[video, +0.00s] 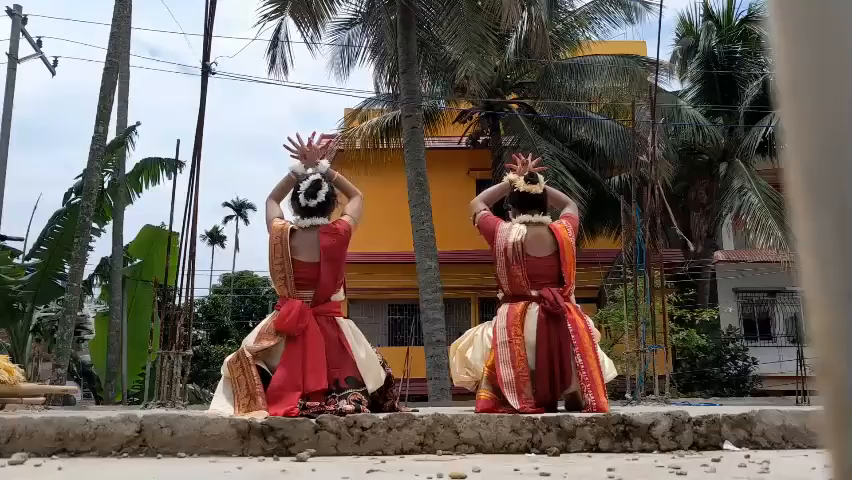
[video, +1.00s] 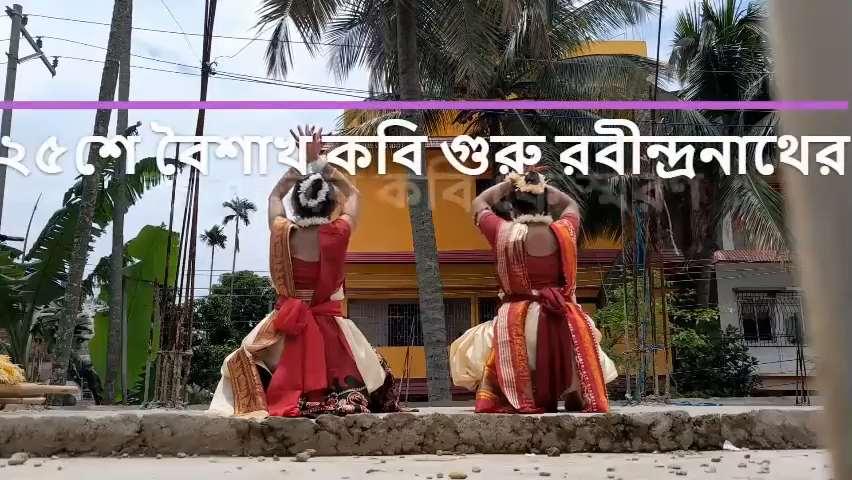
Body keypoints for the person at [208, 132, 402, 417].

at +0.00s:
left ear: (294, 204)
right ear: (331, 205)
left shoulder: (280, 235)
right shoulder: (338, 235)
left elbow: (273, 200)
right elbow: (356, 197)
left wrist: (300, 169)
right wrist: (326, 170)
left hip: (288, 334)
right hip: (330, 334)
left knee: (240, 365)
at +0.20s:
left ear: (293, 204)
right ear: (330, 205)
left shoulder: (281, 234)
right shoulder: (338, 235)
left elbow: (273, 199)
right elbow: (355, 197)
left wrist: (300, 167)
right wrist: (326, 169)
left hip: (288, 331)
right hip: (330, 332)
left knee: (240, 364)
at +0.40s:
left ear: (294, 204)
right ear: (330, 205)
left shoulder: (280, 234)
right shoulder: (337, 236)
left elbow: (274, 199)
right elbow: (353, 196)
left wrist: (301, 166)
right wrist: (324, 168)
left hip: (288, 332)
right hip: (329, 332)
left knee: (241, 364)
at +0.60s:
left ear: (294, 205)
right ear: (330, 204)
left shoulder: (281, 233)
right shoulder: (337, 235)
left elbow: (274, 198)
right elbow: (352, 195)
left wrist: (300, 165)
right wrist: (322, 166)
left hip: (288, 331)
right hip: (329, 332)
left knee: (240, 364)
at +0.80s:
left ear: (294, 204)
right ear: (330, 204)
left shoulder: (281, 233)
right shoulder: (337, 235)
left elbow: (275, 197)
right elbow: (352, 195)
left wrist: (301, 164)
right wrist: (324, 167)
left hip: (289, 330)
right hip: (329, 330)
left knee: (241, 363)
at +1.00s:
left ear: (293, 205)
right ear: (330, 206)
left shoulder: (281, 232)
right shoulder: (338, 235)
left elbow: (276, 195)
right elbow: (351, 194)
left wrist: (302, 163)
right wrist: (324, 166)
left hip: (289, 329)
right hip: (330, 330)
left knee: (240, 363)